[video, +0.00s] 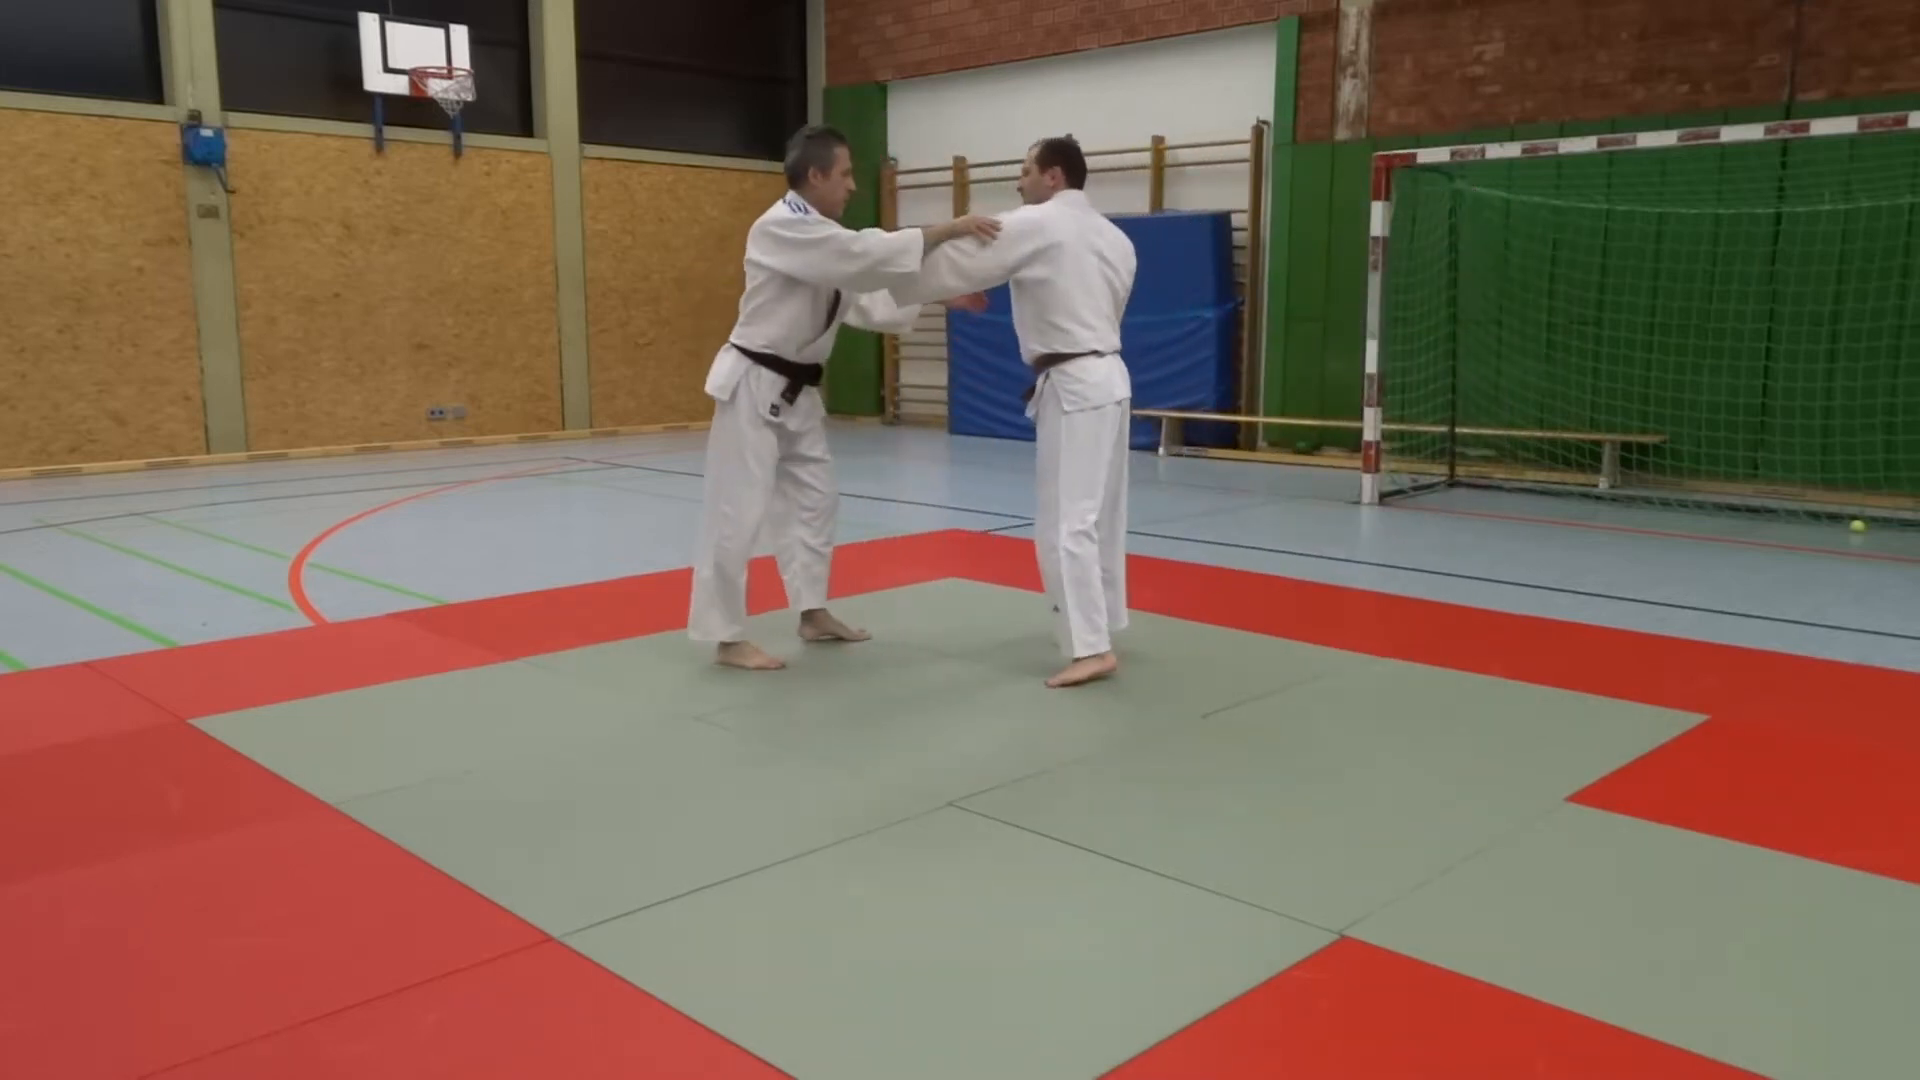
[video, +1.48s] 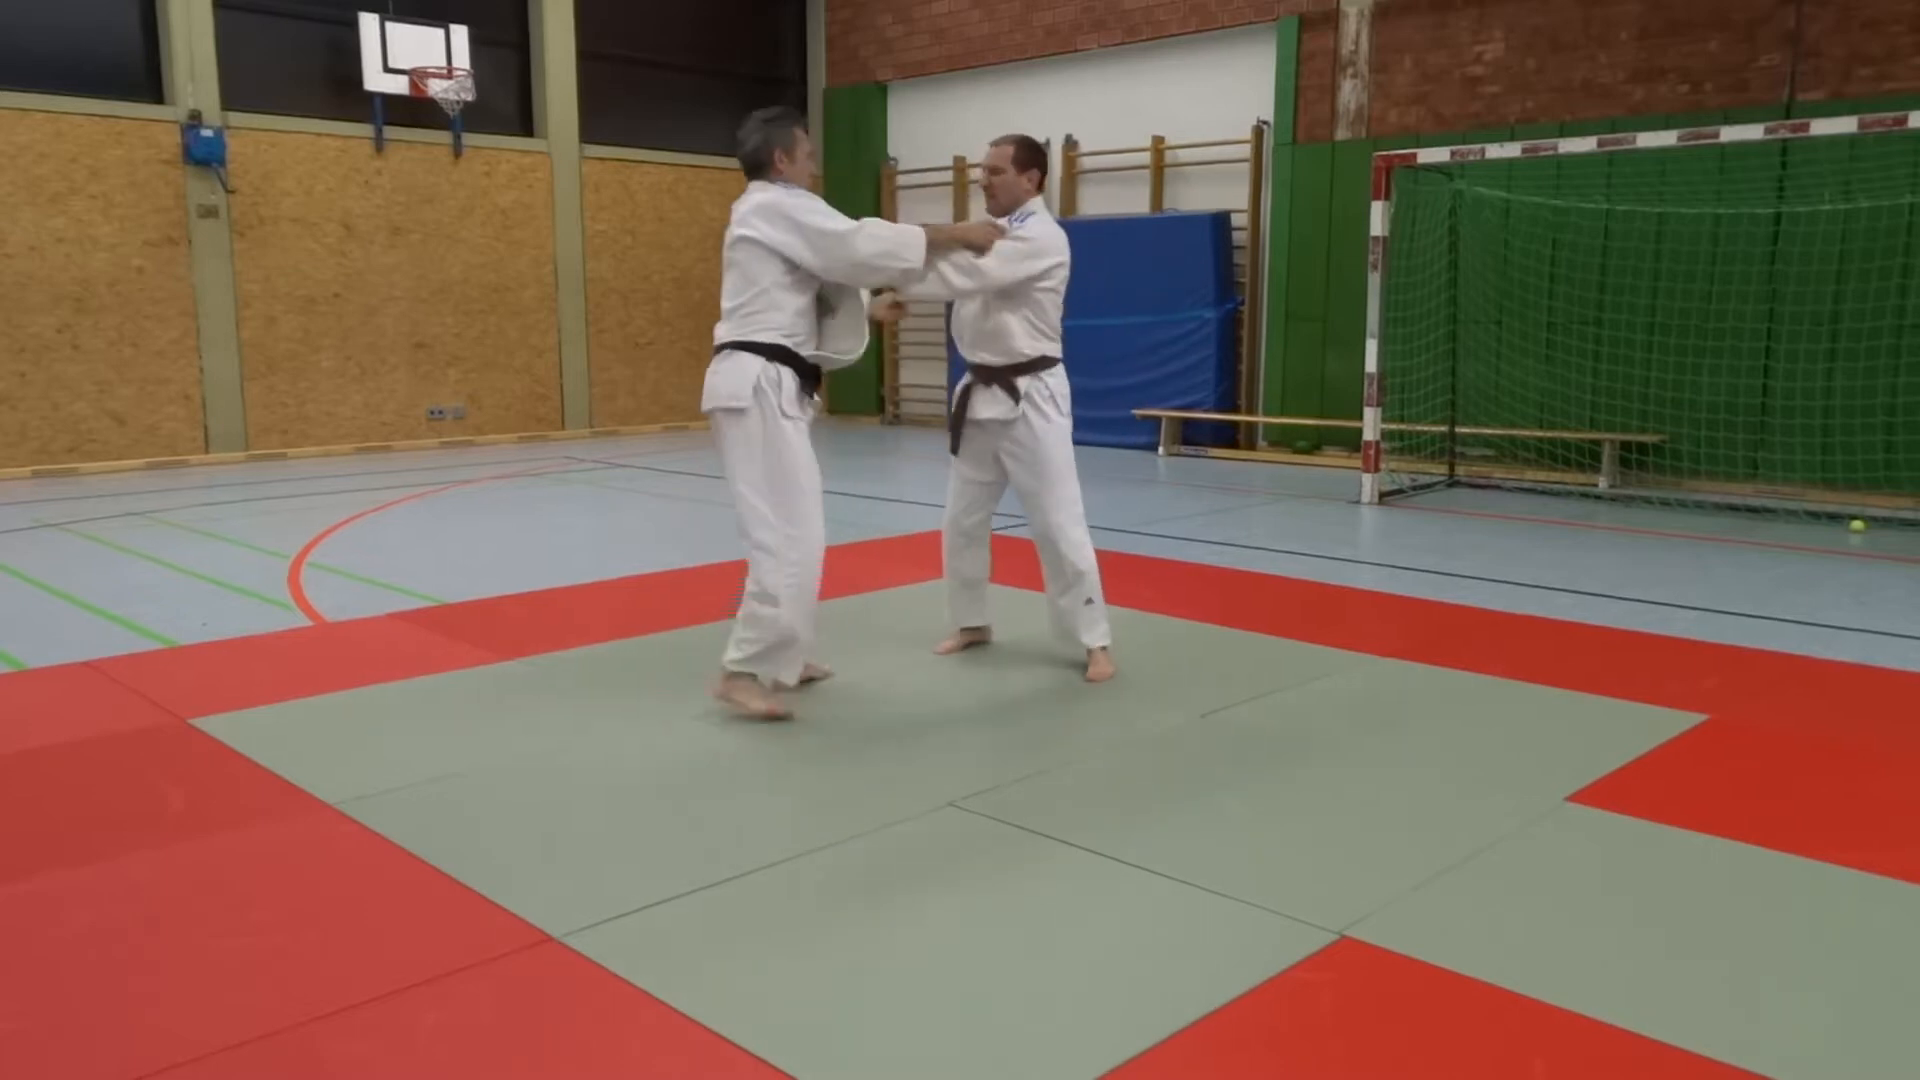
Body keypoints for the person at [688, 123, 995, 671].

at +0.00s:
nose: (853, 187)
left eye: (852, 175)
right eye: (845, 176)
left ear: (819, 176)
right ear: (813, 177)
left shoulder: (825, 238)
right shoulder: (779, 226)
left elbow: (868, 299)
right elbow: (857, 252)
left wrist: (941, 293)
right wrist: (947, 229)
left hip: (800, 389)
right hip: (753, 382)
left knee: (815, 499)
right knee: (737, 508)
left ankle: (814, 614)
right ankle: (728, 638)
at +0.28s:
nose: (860, 185)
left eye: (861, 175)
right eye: (853, 174)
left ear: (834, 176)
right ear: (822, 175)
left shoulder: (839, 238)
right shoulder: (793, 223)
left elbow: (875, 304)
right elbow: (866, 232)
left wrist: (946, 295)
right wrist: (954, 215)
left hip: (809, 390)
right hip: (765, 382)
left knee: (825, 499)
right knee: (748, 509)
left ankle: (837, 613)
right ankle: (728, 639)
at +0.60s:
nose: (937, 199)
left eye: (938, 190)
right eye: (926, 189)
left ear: (933, 196)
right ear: (892, 193)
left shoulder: (922, 247)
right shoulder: (873, 232)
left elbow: (970, 290)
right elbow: (933, 260)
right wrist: (1023, 249)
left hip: (855, 389)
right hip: (810, 376)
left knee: (874, 497)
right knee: (833, 499)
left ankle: (849, 613)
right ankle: (760, 599)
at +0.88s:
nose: (962, 226)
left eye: (963, 216)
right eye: (951, 215)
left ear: (927, 222)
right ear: (916, 219)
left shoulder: (933, 268)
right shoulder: (898, 258)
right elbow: (947, 301)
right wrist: (1038, 275)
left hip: (872, 412)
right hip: (837, 394)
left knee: (890, 508)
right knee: (837, 515)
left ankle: (855, 616)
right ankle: (790, 654)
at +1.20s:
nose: (893, 184)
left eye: (893, 173)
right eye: (888, 173)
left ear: (850, 171)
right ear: (859, 172)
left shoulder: (842, 215)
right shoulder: (843, 218)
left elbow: (906, 262)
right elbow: (913, 282)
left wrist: (975, 274)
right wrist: (1008, 276)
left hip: (824, 383)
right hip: (802, 380)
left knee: (834, 514)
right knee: (802, 527)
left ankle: (806, 633)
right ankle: (774, 680)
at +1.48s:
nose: (815, 163)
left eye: (812, 153)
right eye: (808, 153)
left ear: (770, 161)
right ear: (782, 158)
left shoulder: (771, 211)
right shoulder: (771, 204)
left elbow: (800, 314)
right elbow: (857, 243)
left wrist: (867, 312)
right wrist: (956, 234)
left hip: (771, 383)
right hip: (758, 383)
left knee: (792, 525)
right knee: (789, 529)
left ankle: (784, 652)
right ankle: (743, 670)